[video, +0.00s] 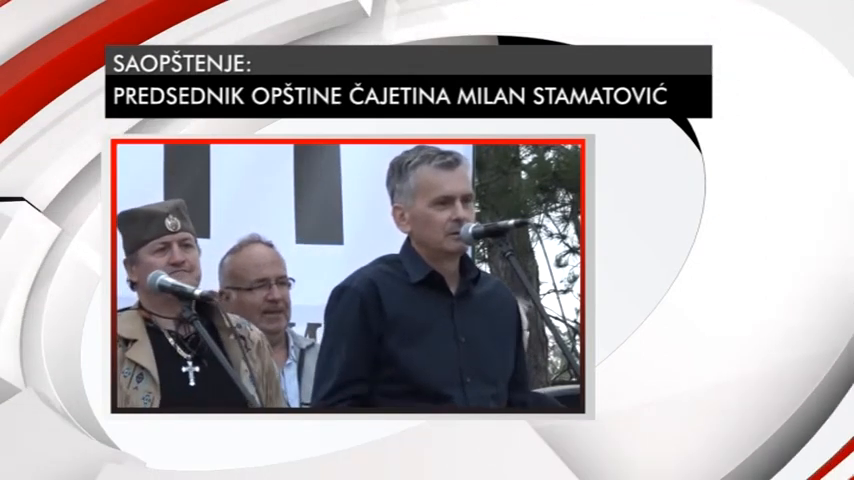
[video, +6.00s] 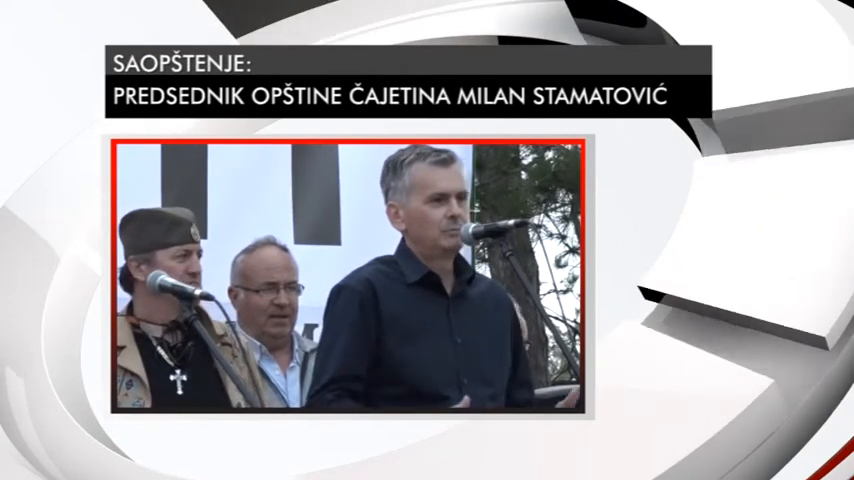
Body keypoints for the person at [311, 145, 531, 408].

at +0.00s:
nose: (460, 215)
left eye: (467, 202)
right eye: (442, 203)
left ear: (475, 208)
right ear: (401, 216)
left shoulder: (499, 300)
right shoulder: (362, 296)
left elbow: (517, 404)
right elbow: (332, 411)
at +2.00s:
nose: (459, 210)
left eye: (464, 197)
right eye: (441, 199)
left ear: (472, 204)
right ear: (400, 215)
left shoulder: (499, 300)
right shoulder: (367, 290)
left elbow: (531, 395)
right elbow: (329, 397)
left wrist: (597, 397)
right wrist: (397, 402)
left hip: (496, 461)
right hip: (401, 463)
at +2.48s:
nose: (462, 215)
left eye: (467, 201)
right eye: (444, 204)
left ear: (474, 204)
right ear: (401, 215)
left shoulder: (500, 301)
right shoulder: (368, 292)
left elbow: (536, 405)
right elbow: (331, 397)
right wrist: (371, 415)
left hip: (499, 460)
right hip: (405, 463)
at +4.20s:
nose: (461, 212)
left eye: (465, 199)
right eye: (443, 200)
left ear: (472, 204)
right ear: (400, 213)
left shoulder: (496, 302)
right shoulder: (362, 296)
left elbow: (522, 408)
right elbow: (330, 405)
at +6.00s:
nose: (455, 212)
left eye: (461, 199)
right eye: (437, 200)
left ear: (469, 204)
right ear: (396, 215)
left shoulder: (495, 301)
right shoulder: (361, 294)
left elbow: (520, 407)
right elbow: (327, 404)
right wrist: (437, 420)